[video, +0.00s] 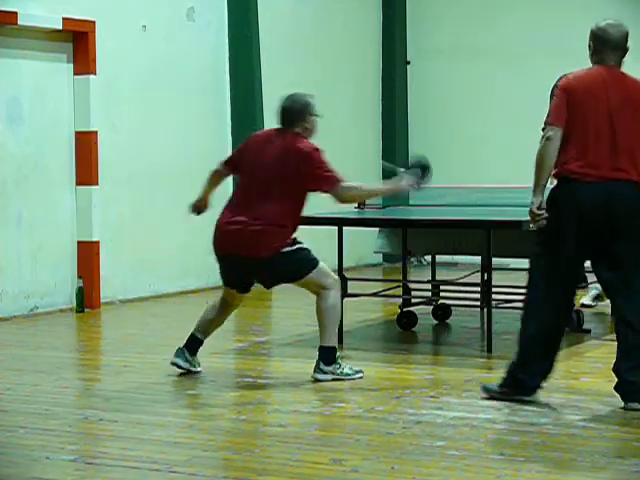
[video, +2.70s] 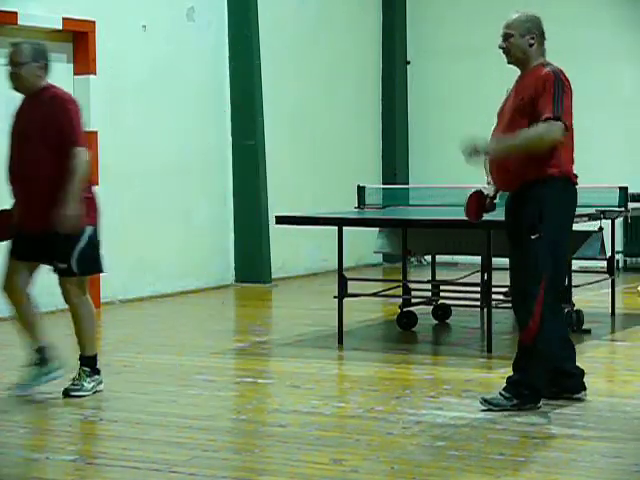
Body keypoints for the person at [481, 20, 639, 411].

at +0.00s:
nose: (592, 50)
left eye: (590, 45)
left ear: (591, 47)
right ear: (625, 53)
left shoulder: (569, 84)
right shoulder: (636, 89)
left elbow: (552, 138)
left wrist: (538, 195)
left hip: (573, 201)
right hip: (626, 205)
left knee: (549, 290)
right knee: (630, 297)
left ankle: (522, 382)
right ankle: (633, 386)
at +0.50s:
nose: (561, 41)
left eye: (567, 35)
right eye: (564, 35)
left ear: (586, 40)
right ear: (596, 42)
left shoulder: (562, 78)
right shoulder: (630, 84)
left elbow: (546, 139)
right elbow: (636, 143)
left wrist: (533, 194)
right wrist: (626, 184)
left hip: (571, 198)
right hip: (620, 198)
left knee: (556, 290)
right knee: (625, 293)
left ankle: (557, 384)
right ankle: (633, 386)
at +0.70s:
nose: (532, 43)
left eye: (537, 38)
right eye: (533, 37)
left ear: (559, 41)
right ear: (568, 43)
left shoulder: (544, 81)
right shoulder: (601, 79)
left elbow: (535, 146)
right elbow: (624, 137)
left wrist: (515, 206)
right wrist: (590, 164)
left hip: (559, 197)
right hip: (604, 197)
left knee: (546, 290)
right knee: (607, 288)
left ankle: (555, 385)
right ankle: (632, 378)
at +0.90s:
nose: (516, 42)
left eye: (523, 36)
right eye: (518, 36)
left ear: (547, 40)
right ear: (552, 42)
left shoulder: (537, 79)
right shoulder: (581, 76)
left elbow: (528, 142)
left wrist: (502, 201)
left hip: (558, 194)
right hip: (591, 192)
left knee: (544, 287)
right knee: (577, 285)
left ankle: (555, 384)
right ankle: (597, 373)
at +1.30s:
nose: (500, 44)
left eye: (508, 38)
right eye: (501, 38)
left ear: (531, 44)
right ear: (526, 45)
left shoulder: (541, 76)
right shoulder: (530, 83)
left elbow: (560, 130)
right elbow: (541, 144)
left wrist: (546, 192)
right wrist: (514, 186)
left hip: (566, 185)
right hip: (567, 186)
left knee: (531, 279)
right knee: (559, 281)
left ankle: (542, 379)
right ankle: (574, 376)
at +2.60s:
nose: (495, 41)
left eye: (502, 35)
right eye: (496, 36)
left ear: (527, 39)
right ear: (517, 42)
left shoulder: (545, 76)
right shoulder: (517, 83)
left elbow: (562, 136)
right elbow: (522, 143)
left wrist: (526, 179)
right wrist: (496, 186)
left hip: (545, 191)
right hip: (523, 193)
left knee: (534, 286)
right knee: (528, 286)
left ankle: (526, 388)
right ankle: (563, 377)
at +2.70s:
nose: (502, 43)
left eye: (508, 37)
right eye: (502, 37)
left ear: (532, 41)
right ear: (523, 43)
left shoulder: (550, 76)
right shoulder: (520, 87)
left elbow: (554, 130)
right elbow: (516, 147)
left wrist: (497, 145)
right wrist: (495, 189)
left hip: (548, 194)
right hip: (524, 195)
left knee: (535, 286)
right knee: (535, 287)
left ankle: (526, 388)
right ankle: (565, 378)